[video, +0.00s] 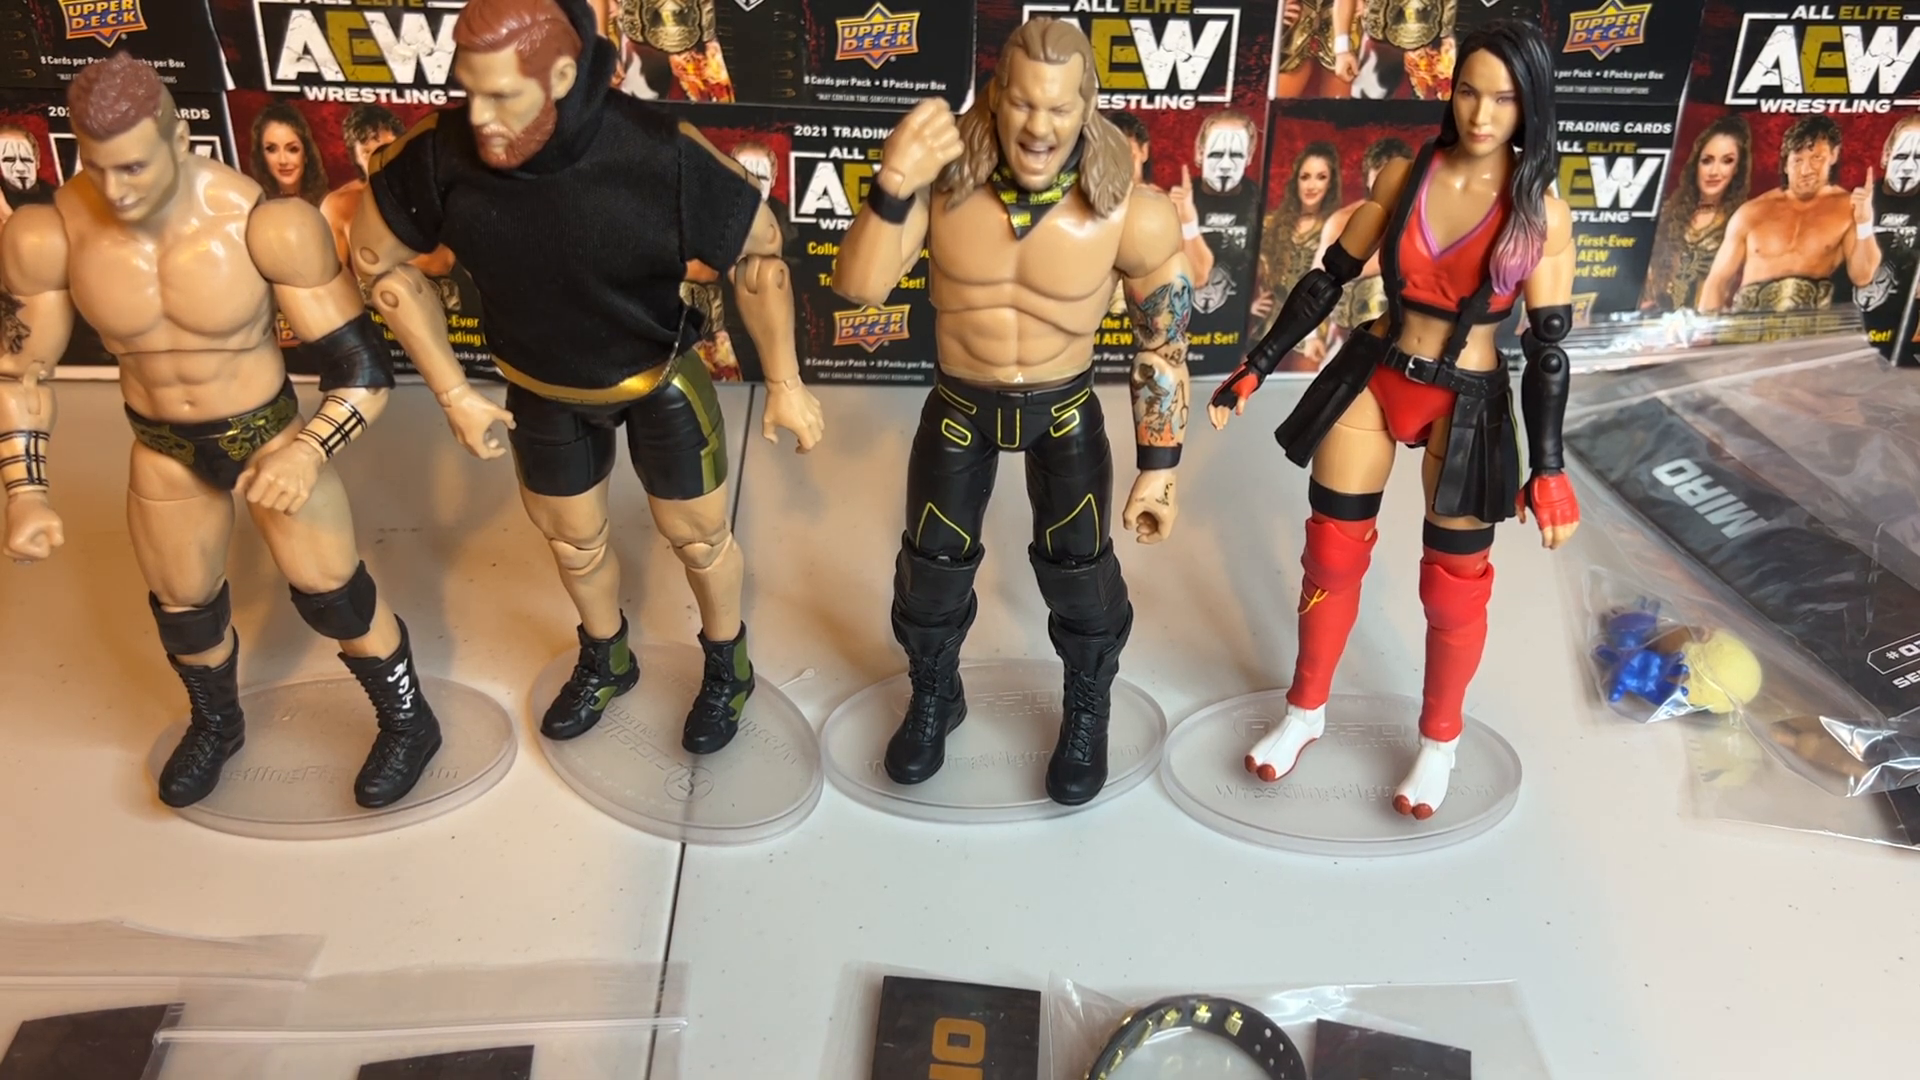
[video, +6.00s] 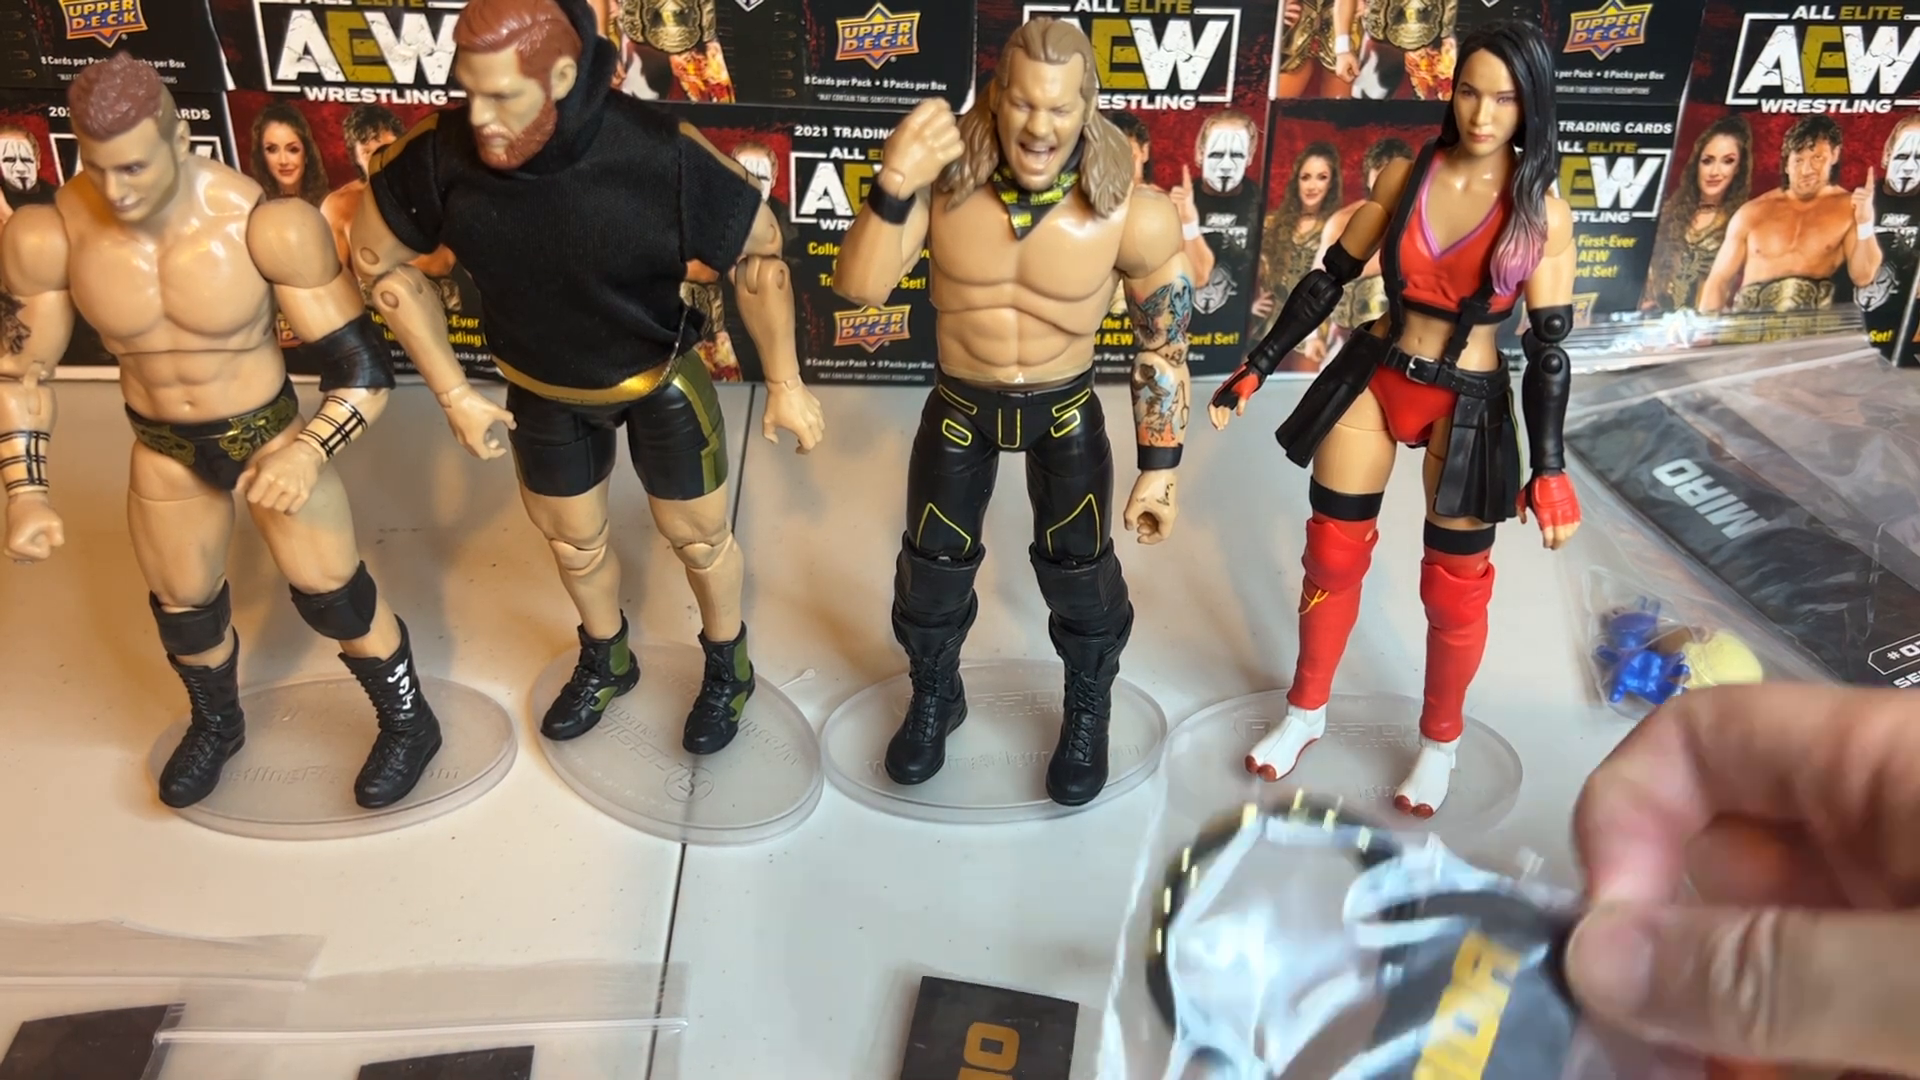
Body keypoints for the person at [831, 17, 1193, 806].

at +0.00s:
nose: (1040, 127)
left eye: (1060, 109)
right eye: (1024, 104)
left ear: (1086, 107)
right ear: (995, 95)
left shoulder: (1129, 207)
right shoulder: (943, 176)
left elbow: (1163, 337)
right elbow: (857, 287)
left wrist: (1161, 463)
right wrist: (892, 190)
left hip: (1064, 408)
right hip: (959, 403)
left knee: (1078, 568)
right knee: (932, 562)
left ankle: (1086, 714)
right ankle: (932, 699)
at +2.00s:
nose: (1039, 127)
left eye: (1060, 109)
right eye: (1024, 104)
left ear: (1086, 106)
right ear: (995, 95)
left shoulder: (1129, 207)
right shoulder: (943, 176)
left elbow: (1163, 338)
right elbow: (858, 288)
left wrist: (1161, 464)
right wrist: (892, 190)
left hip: (1064, 408)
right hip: (959, 403)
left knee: (1078, 568)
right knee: (932, 562)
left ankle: (1086, 713)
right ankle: (932, 699)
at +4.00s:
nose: (1040, 127)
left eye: (1060, 109)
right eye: (1024, 104)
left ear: (1086, 107)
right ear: (995, 95)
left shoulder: (1130, 208)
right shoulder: (944, 177)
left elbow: (1163, 338)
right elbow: (857, 287)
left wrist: (1161, 464)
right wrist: (892, 190)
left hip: (1064, 409)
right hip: (959, 404)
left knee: (1078, 568)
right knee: (932, 562)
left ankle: (1086, 713)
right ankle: (932, 699)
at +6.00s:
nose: (1040, 127)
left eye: (1060, 109)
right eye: (1024, 104)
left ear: (1087, 106)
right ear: (995, 95)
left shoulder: (1131, 209)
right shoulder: (944, 176)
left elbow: (1162, 340)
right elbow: (858, 287)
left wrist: (1161, 465)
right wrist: (892, 189)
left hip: (1064, 409)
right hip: (959, 404)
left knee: (1078, 570)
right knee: (933, 563)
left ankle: (1087, 713)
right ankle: (933, 698)